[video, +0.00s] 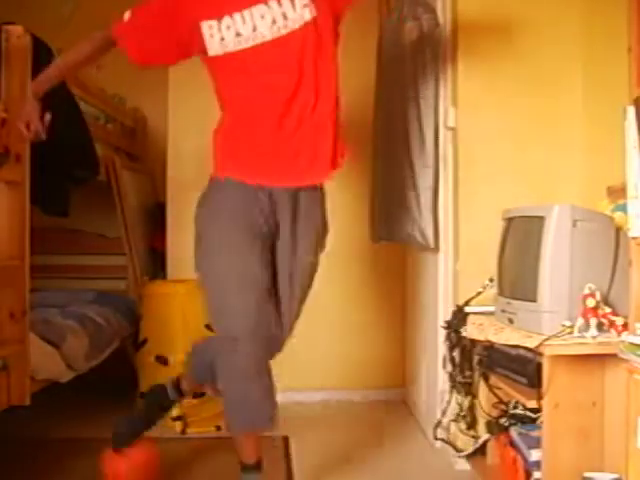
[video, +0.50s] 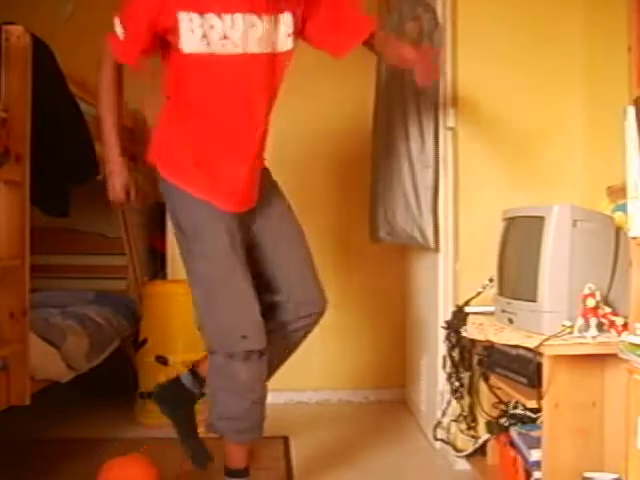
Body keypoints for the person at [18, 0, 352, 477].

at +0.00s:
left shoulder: (321, 2)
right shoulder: (189, 7)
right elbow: (106, 39)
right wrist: (35, 89)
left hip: (306, 190)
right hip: (237, 188)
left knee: (270, 334)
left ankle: (173, 392)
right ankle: (252, 472)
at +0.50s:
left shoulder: (294, 4)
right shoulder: (165, 6)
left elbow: (367, 34)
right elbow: (112, 58)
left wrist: (412, 56)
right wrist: (114, 158)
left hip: (248, 169)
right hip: (190, 173)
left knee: (302, 305)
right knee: (241, 341)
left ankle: (185, 390)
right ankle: (237, 472)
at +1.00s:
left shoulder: (228, 5)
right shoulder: (97, 3)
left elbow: (235, 75)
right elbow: (54, 50)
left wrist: (254, 158)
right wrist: (42, 108)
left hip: (192, 162)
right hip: (118, 168)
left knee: (228, 282)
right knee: (131, 309)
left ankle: (210, 433)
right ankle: (96, 429)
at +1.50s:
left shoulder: (209, 20)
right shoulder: (107, 5)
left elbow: (224, 95)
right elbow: (52, 82)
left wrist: (266, 126)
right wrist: (74, 152)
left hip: (168, 191)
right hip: (102, 185)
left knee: (175, 312)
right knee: (90, 308)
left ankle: (151, 424)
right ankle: (71, 444)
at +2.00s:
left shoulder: (187, 9)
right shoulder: (100, 3)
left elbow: (172, 93)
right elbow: (45, 80)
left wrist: (168, 161)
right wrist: (92, 168)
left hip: (160, 175)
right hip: (97, 180)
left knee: (224, 263)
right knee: (118, 316)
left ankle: (206, 401)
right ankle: (108, 455)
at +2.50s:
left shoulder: (211, 15)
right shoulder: (119, 3)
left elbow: (192, 97)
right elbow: (51, 72)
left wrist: (219, 170)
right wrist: (80, 168)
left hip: (168, 186)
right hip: (105, 186)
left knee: (212, 286)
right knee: (114, 323)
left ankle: (168, 404)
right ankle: (106, 453)